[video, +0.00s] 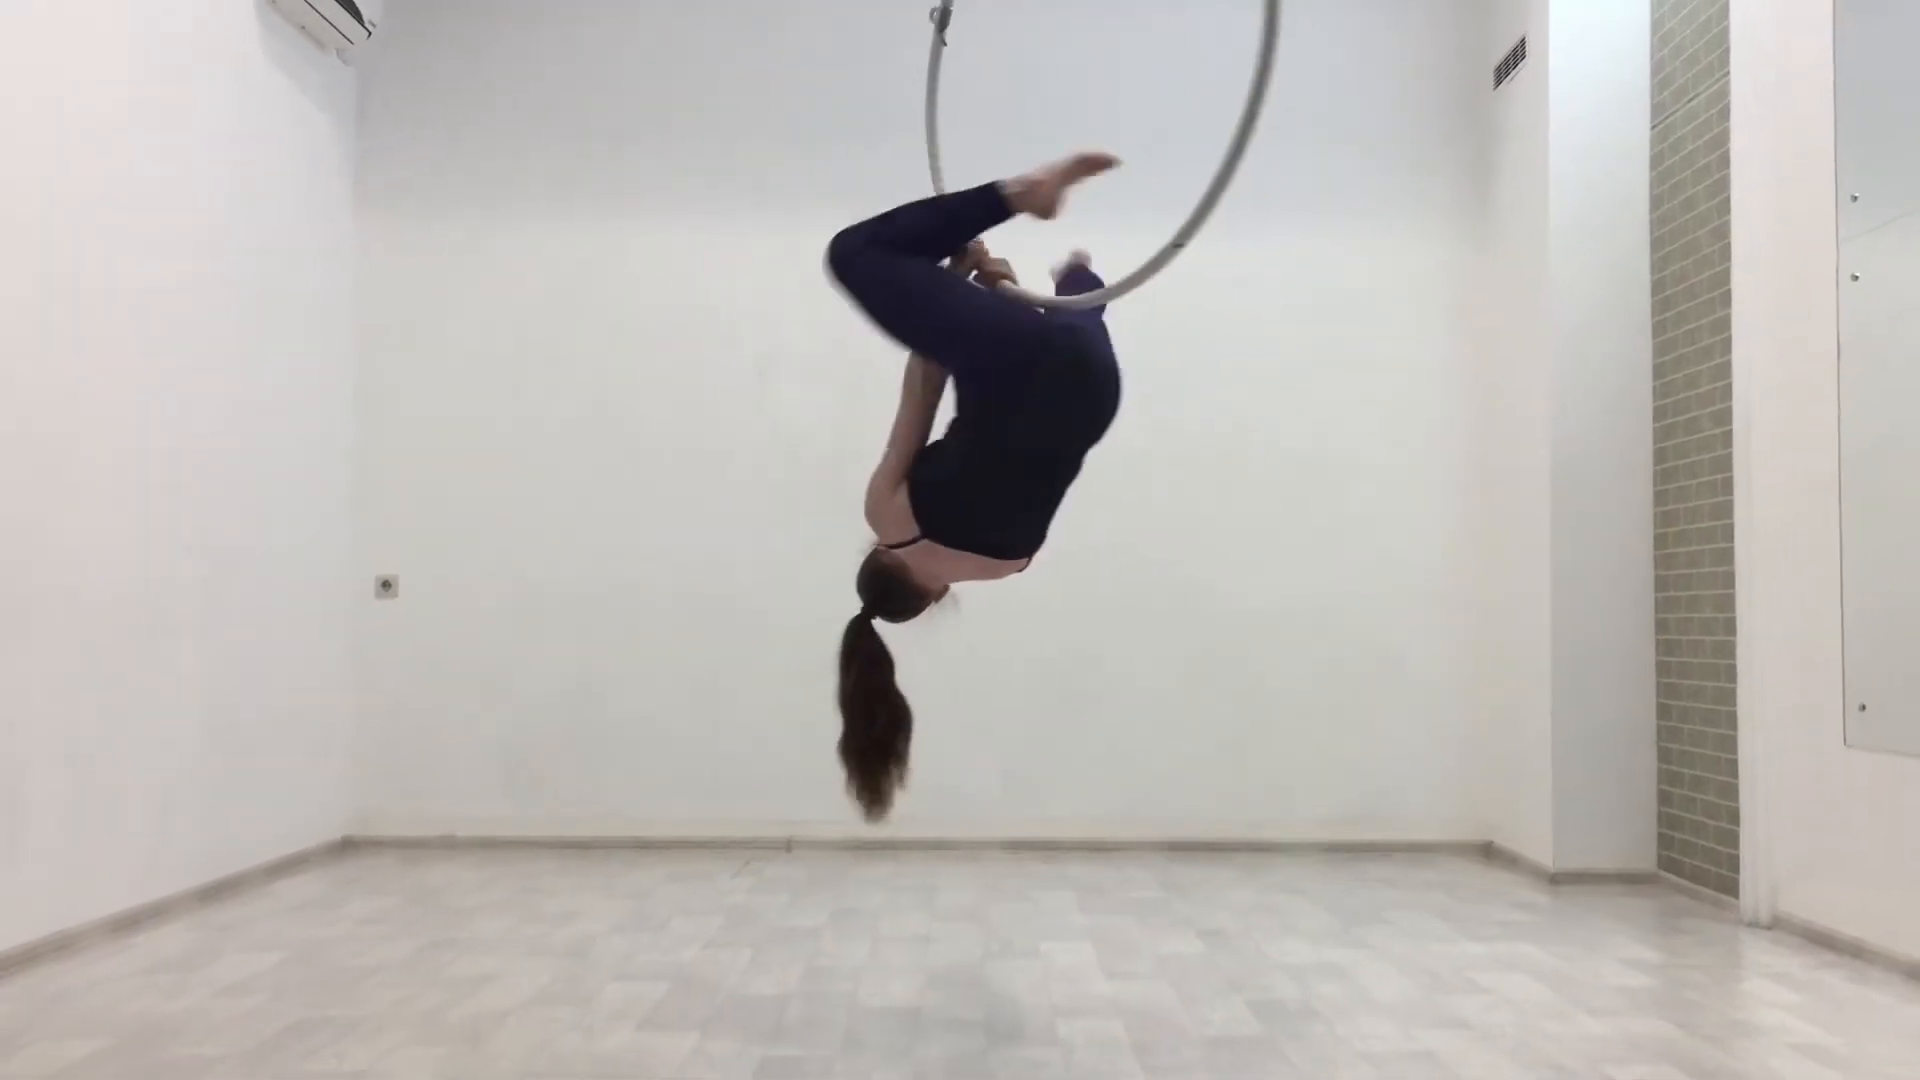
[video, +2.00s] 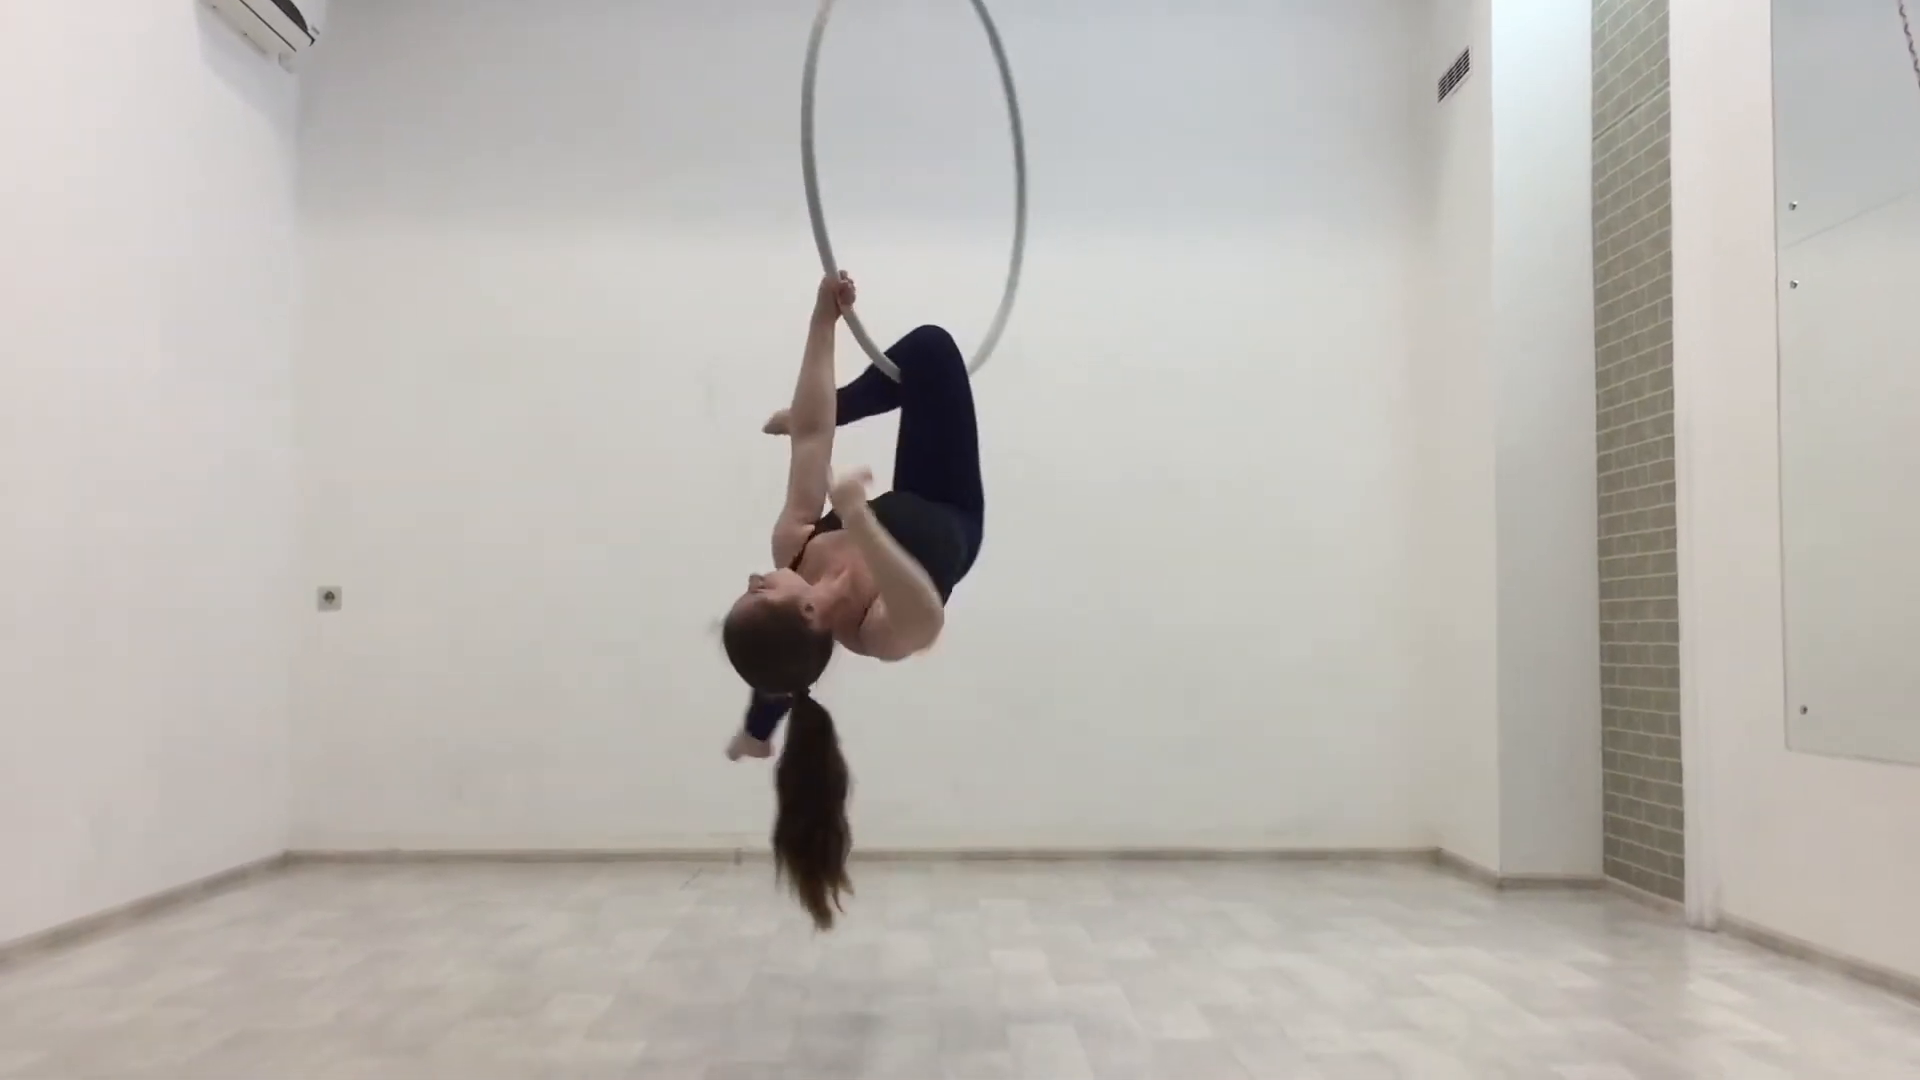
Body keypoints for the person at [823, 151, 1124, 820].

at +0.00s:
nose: (939, 595)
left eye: (928, 596)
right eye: (928, 596)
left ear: (907, 591)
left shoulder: (1003, 567)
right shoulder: (888, 508)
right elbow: (922, 389)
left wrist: (978, 292)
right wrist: (967, 290)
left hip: (1091, 401)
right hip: (1042, 348)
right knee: (852, 253)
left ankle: (1079, 295)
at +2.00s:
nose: (760, 577)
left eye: (755, 585)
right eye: (780, 595)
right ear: (822, 628)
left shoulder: (794, 536)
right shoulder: (881, 636)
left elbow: (811, 428)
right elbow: (924, 614)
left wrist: (824, 321)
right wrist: (859, 517)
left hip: (903, 503)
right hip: (951, 529)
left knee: (930, 347)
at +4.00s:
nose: (1151, 267)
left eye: (1172, 264)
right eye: (1162, 257)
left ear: (1202, 299)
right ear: (1187, 294)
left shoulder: (1175, 355)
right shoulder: (1136, 359)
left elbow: (1092, 297)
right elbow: (1055, 418)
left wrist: (1017, 207)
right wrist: (988, 388)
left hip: (1072, 563)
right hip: (1041, 533)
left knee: (872, 560)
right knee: (916, 423)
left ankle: (665, 613)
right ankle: (868, 608)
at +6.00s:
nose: (798, 347)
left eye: (793, 334)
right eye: (790, 336)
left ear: (747, 346)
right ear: (765, 344)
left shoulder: (760, 407)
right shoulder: (740, 411)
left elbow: (835, 390)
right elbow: (854, 374)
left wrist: (892, 333)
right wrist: (812, 291)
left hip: (828, 570)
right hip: (830, 626)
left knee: (926, 457)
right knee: (1007, 691)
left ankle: (875, 607)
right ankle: (1158, 769)